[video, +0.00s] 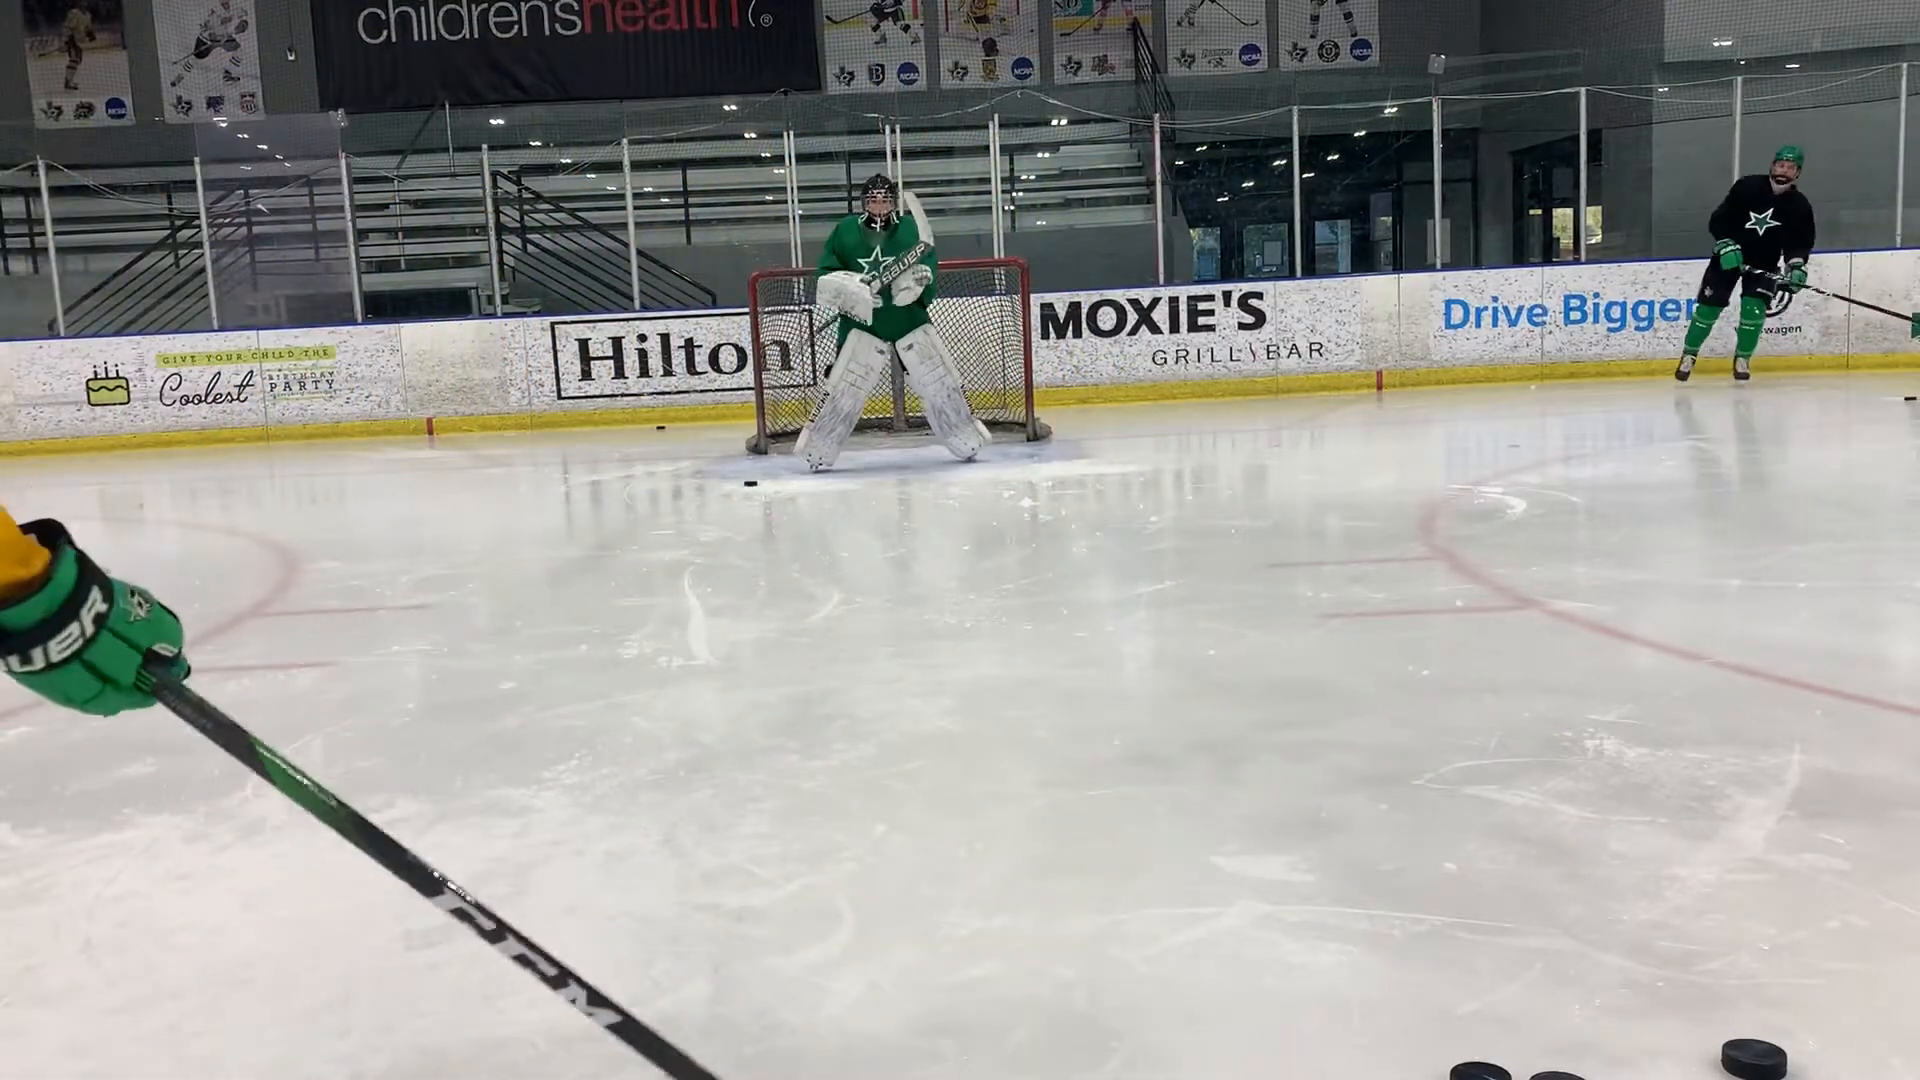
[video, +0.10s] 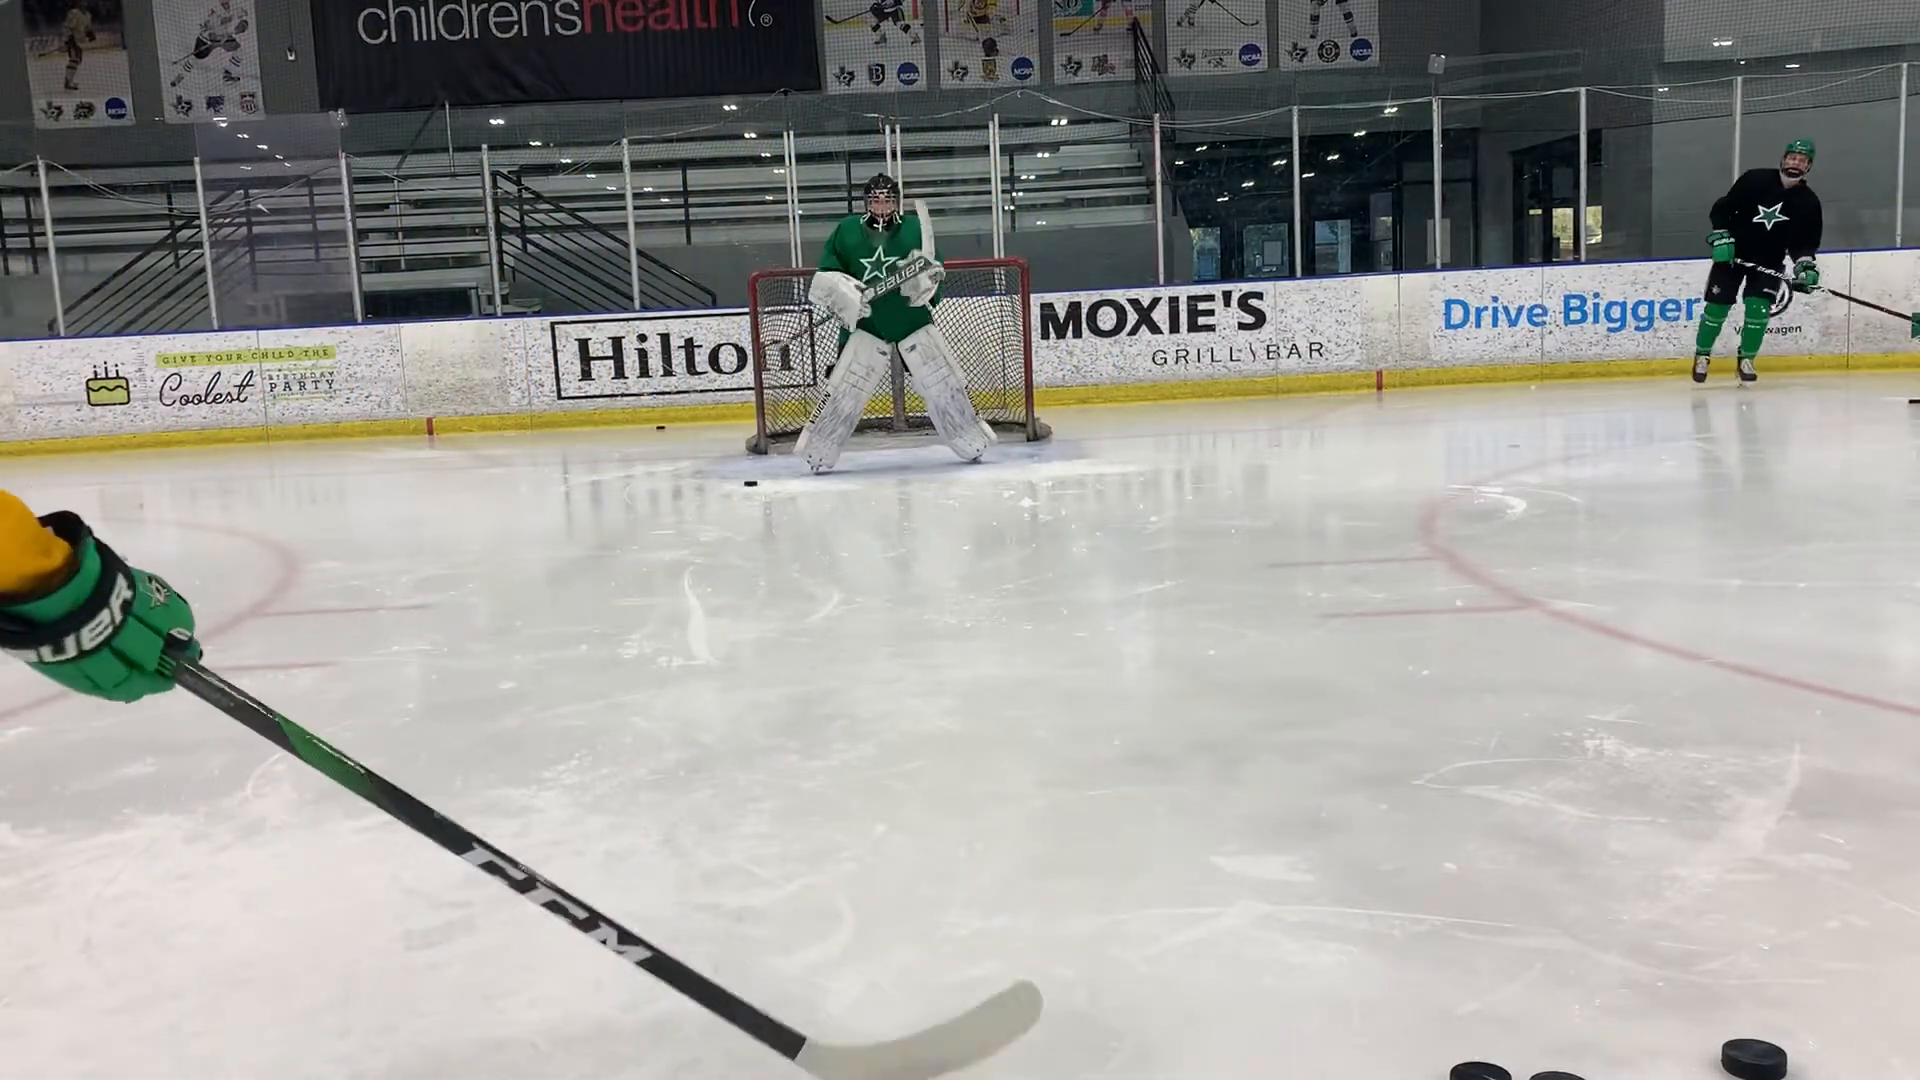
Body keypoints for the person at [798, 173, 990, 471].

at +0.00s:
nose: (879, 204)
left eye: (884, 199)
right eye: (873, 198)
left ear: (894, 201)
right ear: (864, 201)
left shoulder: (908, 228)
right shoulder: (846, 231)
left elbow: (928, 264)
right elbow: (824, 276)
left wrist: (918, 279)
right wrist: (849, 288)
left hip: (909, 321)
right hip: (864, 323)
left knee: (939, 383)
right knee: (845, 390)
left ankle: (967, 445)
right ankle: (819, 454)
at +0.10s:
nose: (881, 203)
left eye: (886, 198)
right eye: (875, 198)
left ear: (896, 201)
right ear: (866, 201)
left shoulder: (914, 228)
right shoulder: (848, 231)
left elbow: (933, 275)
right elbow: (825, 275)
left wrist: (923, 286)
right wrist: (843, 295)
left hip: (912, 323)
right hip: (866, 325)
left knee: (943, 385)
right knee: (845, 393)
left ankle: (971, 447)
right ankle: (820, 456)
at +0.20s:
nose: (884, 204)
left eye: (890, 199)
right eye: (879, 199)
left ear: (900, 201)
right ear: (869, 202)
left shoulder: (918, 230)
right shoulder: (850, 232)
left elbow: (941, 268)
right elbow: (826, 276)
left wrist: (932, 274)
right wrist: (843, 303)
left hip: (915, 322)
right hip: (868, 326)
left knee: (946, 385)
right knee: (846, 393)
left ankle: (976, 448)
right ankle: (820, 458)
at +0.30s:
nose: (887, 209)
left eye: (893, 203)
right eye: (881, 204)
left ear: (903, 205)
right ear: (871, 206)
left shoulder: (921, 231)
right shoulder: (853, 234)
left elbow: (952, 280)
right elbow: (832, 272)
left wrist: (947, 263)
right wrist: (837, 300)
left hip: (921, 326)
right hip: (874, 327)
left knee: (949, 389)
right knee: (850, 395)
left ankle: (981, 451)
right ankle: (823, 460)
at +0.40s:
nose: (890, 220)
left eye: (896, 214)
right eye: (884, 214)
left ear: (905, 215)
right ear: (875, 215)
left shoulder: (924, 240)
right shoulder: (855, 244)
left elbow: (951, 289)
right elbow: (834, 283)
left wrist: (950, 269)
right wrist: (839, 314)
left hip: (921, 334)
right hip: (874, 337)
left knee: (952, 394)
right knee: (854, 403)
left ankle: (986, 453)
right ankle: (825, 463)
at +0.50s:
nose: (894, 234)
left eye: (899, 227)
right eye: (888, 228)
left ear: (908, 228)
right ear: (879, 229)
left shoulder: (927, 254)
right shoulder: (858, 260)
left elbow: (950, 302)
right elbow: (838, 301)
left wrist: (953, 276)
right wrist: (840, 338)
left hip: (924, 341)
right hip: (879, 346)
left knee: (956, 398)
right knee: (865, 408)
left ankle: (994, 455)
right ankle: (825, 461)